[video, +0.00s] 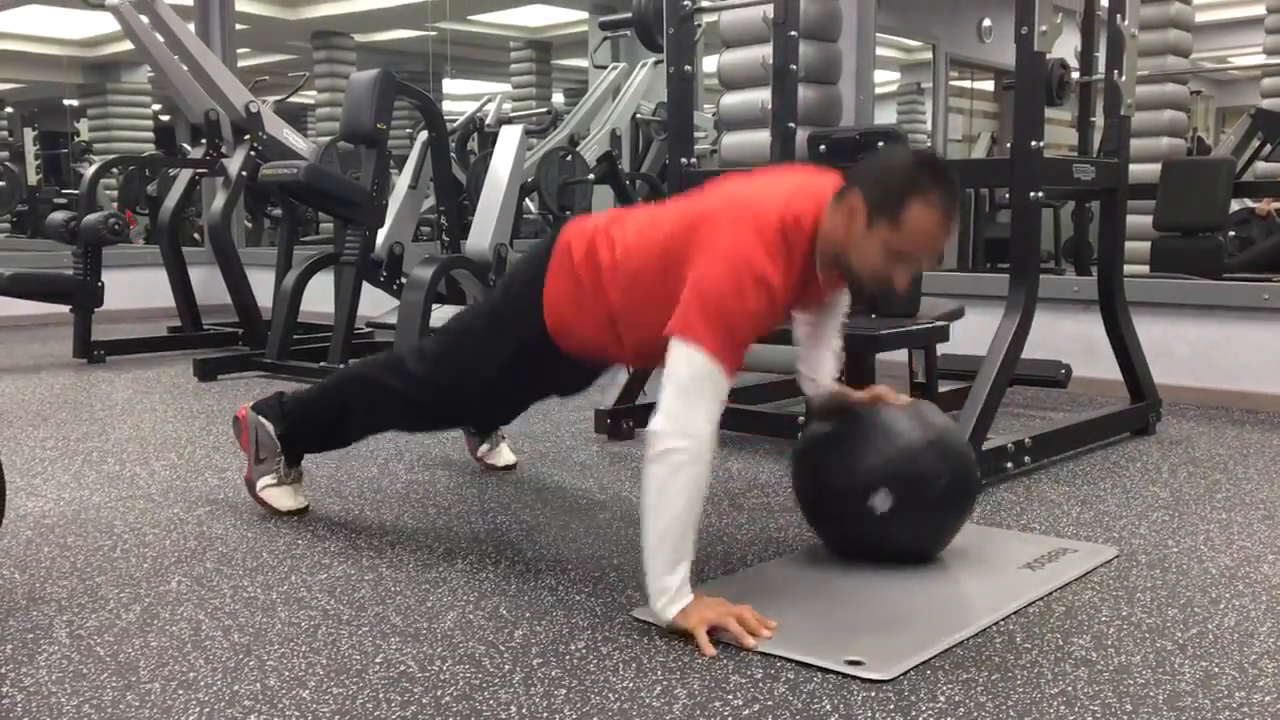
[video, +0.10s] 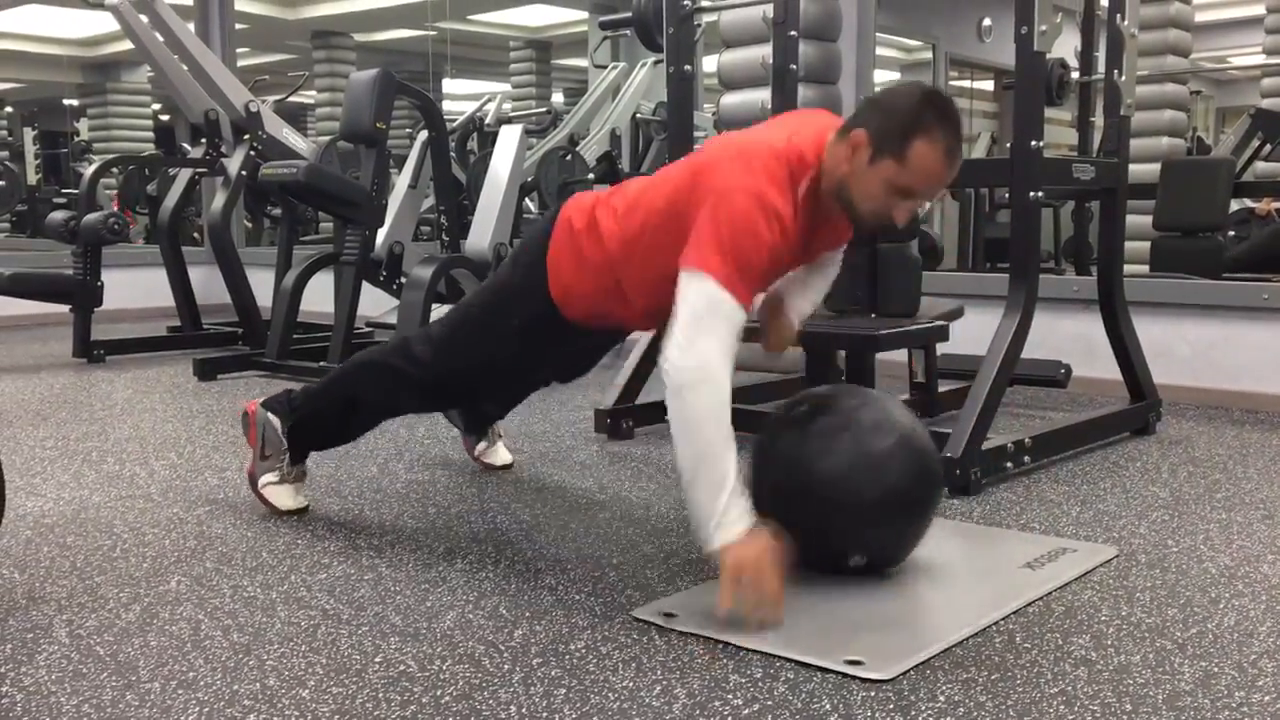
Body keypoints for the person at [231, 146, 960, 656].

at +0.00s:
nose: (905, 278)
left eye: (919, 264)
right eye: (902, 258)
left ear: (882, 226)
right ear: (853, 214)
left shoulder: (844, 223)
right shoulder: (752, 244)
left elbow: (821, 300)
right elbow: (686, 425)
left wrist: (825, 384)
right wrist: (674, 595)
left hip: (624, 316)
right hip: (567, 284)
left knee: (534, 378)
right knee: (435, 381)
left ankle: (482, 415)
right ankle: (274, 425)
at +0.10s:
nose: (910, 214)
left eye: (924, 201)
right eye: (905, 193)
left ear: (896, 162)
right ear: (856, 147)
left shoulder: (852, 168)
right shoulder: (758, 189)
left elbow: (826, 246)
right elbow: (695, 359)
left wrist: (787, 302)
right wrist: (731, 528)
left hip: (634, 287)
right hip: (576, 258)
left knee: (541, 364)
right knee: (438, 362)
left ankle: (472, 409)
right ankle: (283, 424)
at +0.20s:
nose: (919, 215)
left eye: (934, 202)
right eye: (914, 192)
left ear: (903, 162)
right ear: (865, 150)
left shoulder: (862, 181)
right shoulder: (766, 187)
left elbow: (859, 268)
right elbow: (642, 291)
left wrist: (856, 341)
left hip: (641, 304)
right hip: (574, 272)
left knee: (543, 374)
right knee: (446, 371)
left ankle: (470, 417)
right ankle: (285, 425)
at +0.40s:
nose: (967, 398)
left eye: (980, 387)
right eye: (966, 381)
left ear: (952, 341)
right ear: (928, 336)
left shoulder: (926, 329)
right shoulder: (823, 304)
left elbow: (951, 395)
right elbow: (668, 294)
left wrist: (934, 494)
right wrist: (682, 432)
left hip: (663, 390)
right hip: (619, 352)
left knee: (514, 401)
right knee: (466, 406)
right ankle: (292, 420)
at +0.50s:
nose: (981, 499)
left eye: (997, 493)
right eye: (983, 485)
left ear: (969, 432)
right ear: (945, 435)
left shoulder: (941, 395)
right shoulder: (859, 378)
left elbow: (932, 426)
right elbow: (706, 306)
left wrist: (945, 497)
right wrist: (672, 438)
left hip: (673, 387)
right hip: (635, 406)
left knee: (525, 401)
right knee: (481, 445)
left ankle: (463, 389)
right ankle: (306, 421)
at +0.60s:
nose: (984, 540)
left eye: (999, 533)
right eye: (985, 526)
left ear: (961, 470)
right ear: (942, 478)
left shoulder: (952, 420)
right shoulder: (855, 407)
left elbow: (957, 403)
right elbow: (740, 309)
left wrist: (921, 497)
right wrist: (688, 447)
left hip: (692, 433)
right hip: (651, 435)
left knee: (579, 419)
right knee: (484, 460)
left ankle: (498, 381)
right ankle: (315, 420)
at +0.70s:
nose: (990, 522)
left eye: (1006, 515)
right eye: (989, 508)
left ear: (970, 462)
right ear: (946, 458)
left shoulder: (947, 418)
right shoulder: (863, 401)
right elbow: (732, 307)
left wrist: (941, 504)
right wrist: (687, 445)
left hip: (691, 430)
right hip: (655, 430)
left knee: (574, 413)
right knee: (485, 454)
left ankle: (490, 383)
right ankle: (315, 418)